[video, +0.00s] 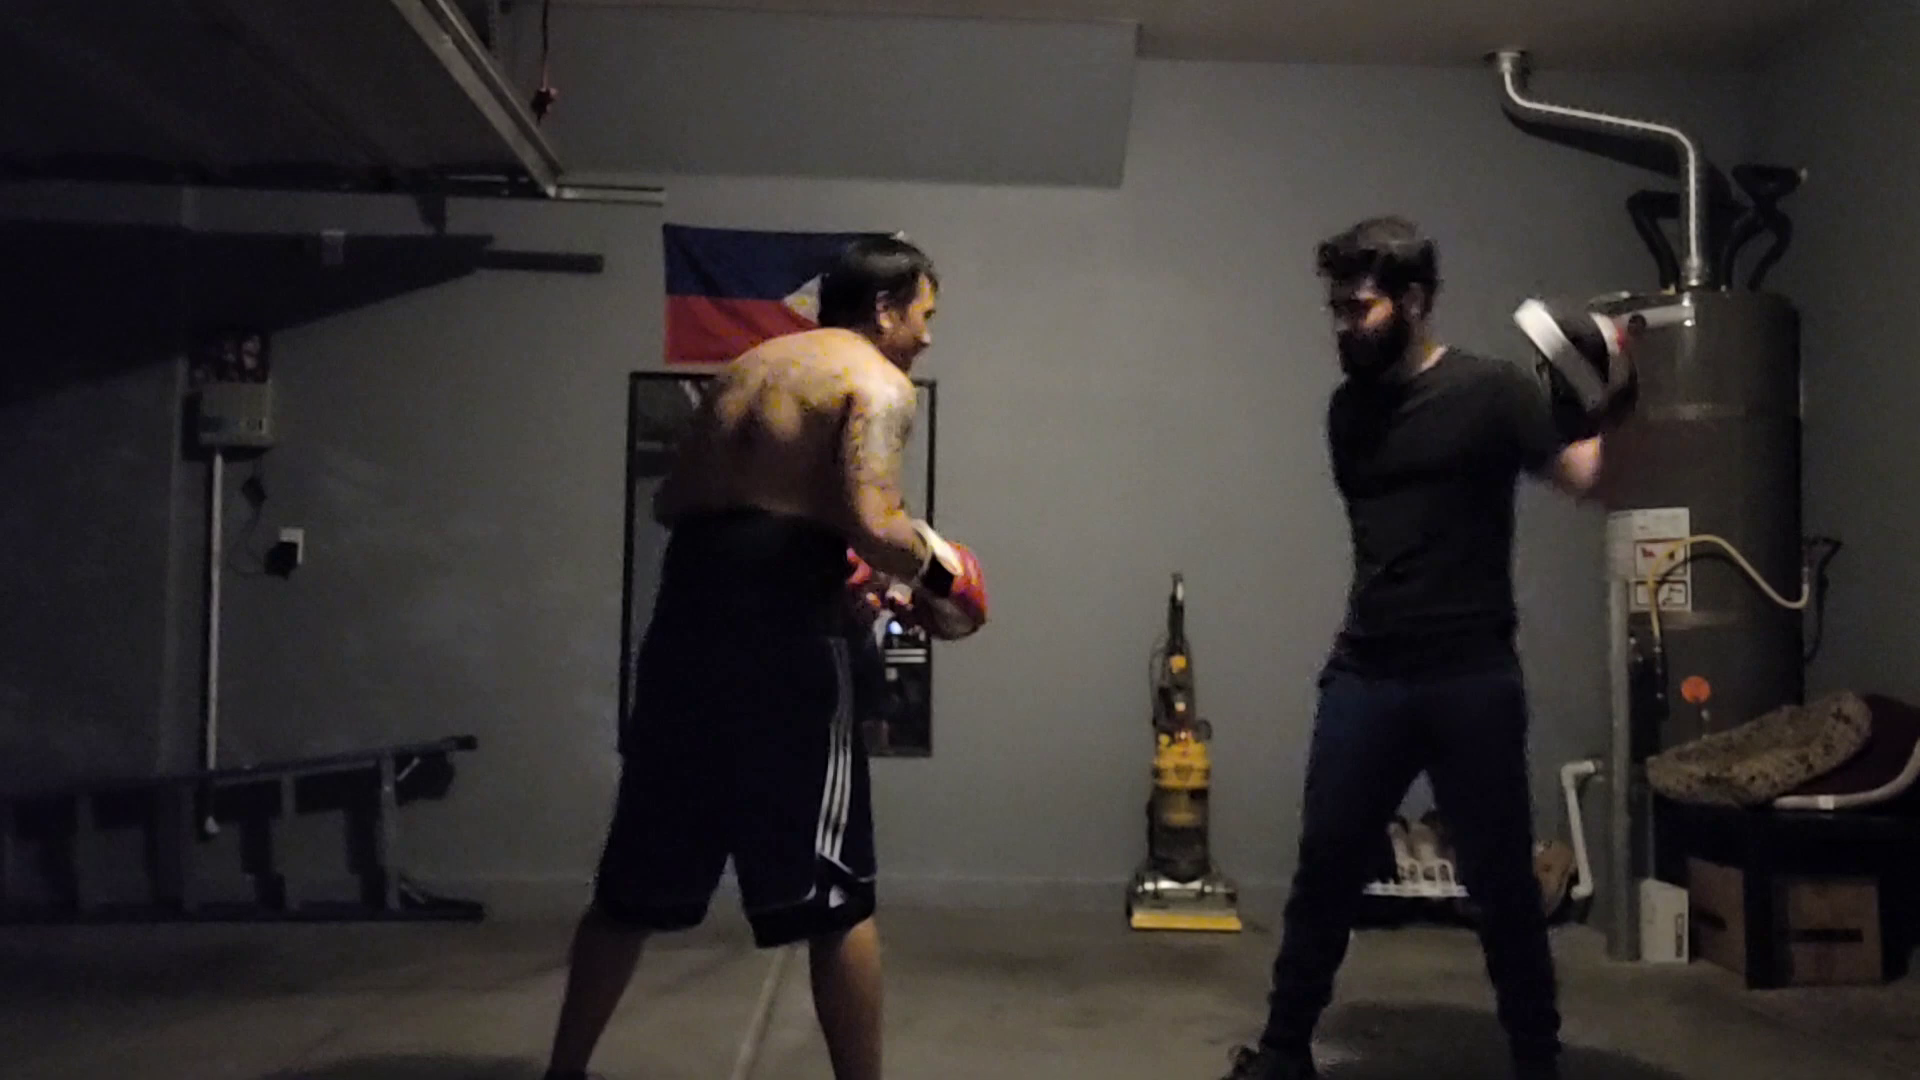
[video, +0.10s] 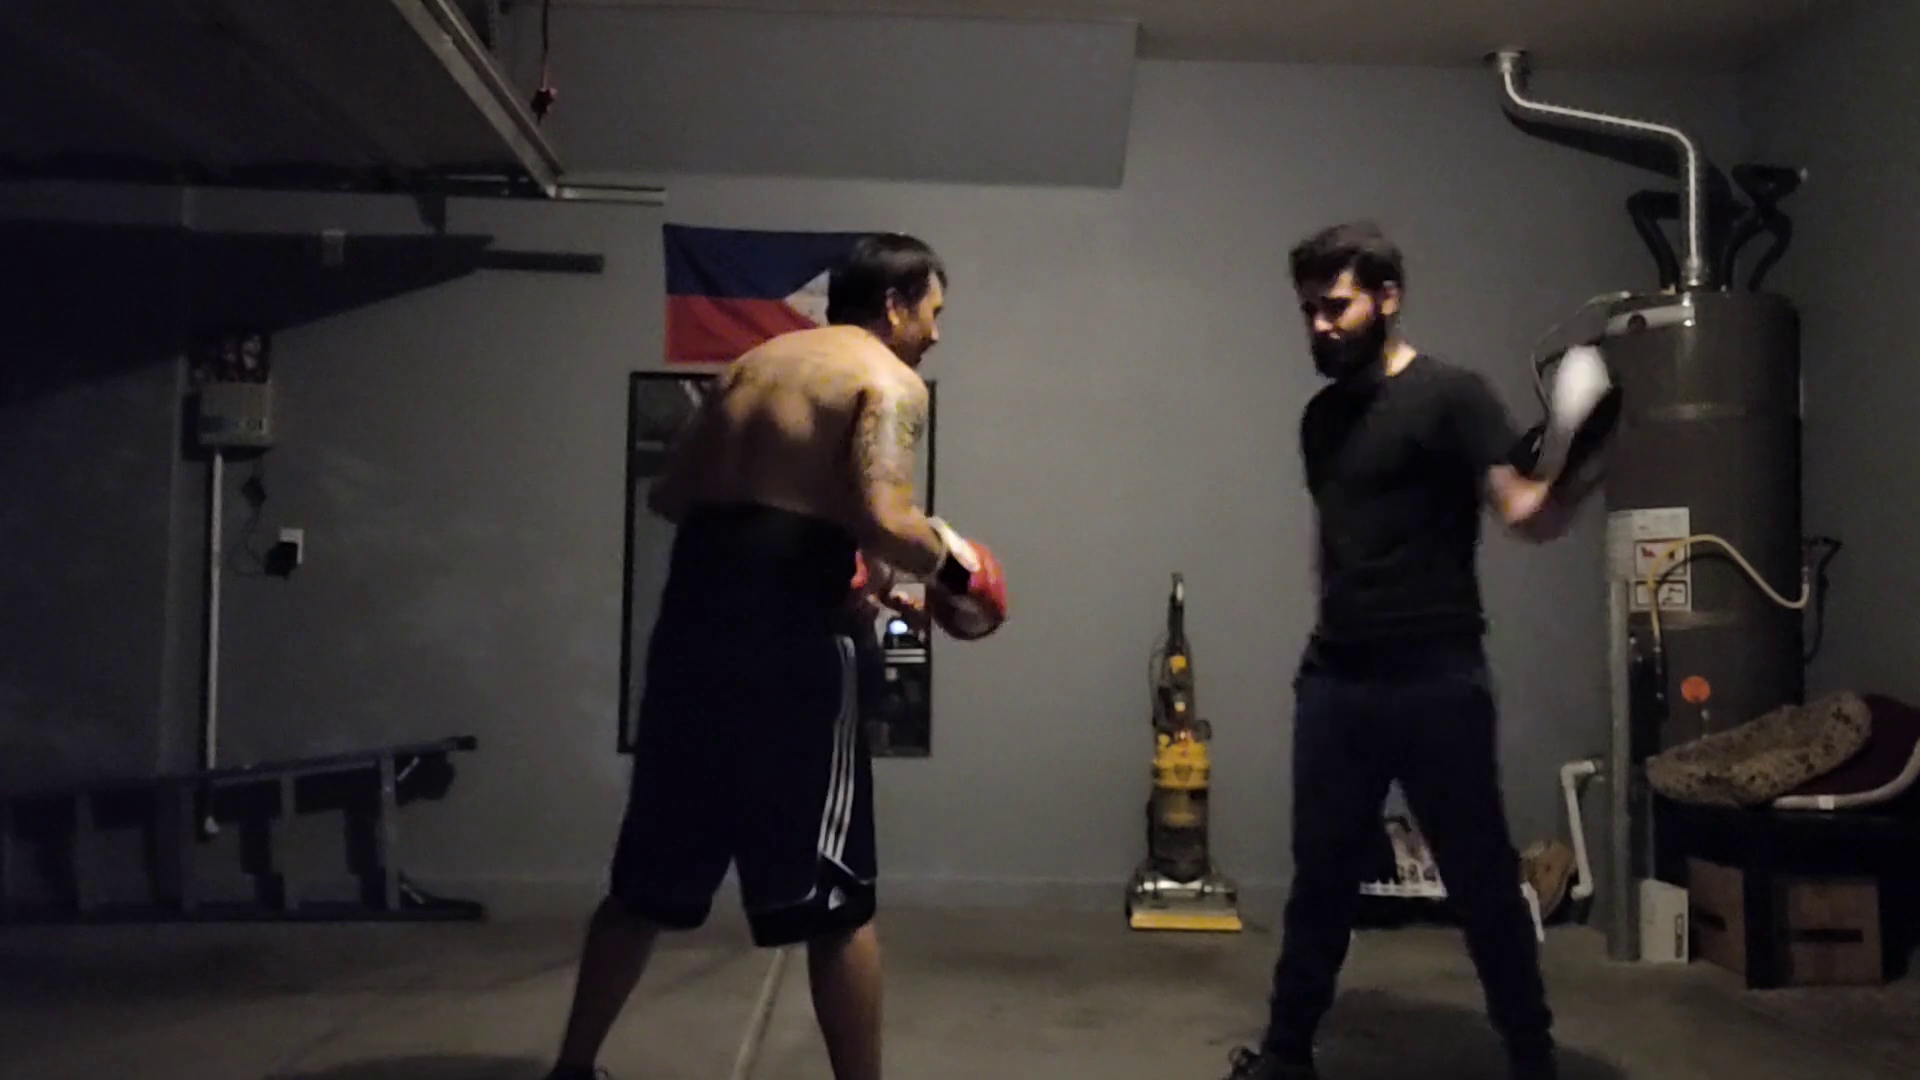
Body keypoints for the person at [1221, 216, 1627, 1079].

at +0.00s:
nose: (1343, 322)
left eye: (1360, 305)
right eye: (1337, 305)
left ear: (1415, 302)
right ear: (1335, 305)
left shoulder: (1492, 389)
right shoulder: (1349, 409)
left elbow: (1593, 479)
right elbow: (1379, 538)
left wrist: (1617, 398)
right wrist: (1363, 640)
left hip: (1469, 677)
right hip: (1367, 677)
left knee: (1500, 882)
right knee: (1325, 868)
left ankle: (1535, 1054)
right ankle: (1284, 1046)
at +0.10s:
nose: (1322, 325)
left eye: (1338, 306)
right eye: (1312, 310)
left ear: (1388, 301)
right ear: (1305, 313)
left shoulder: (1453, 394)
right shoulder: (1322, 416)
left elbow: (1528, 517)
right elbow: (1329, 539)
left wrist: (1581, 452)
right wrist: (1325, 639)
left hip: (1437, 676)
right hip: (1340, 679)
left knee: (1481, 880)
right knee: (1321, 874)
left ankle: (1529, 1050)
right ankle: (1287, 1047)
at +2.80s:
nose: (1310, 328)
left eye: (1326, 315)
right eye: (1304, 316)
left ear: (1367, 323)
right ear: (1299, 329)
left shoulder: (1419, 402)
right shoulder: (1270, 407)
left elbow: (1401, 425)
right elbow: (1154, 378)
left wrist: (1386, 322)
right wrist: (1126, 289)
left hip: (1401, 680)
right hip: (1296, 678)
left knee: (1451, 865)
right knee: (1241, 852)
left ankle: (1481, 1035)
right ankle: (1189, 1028)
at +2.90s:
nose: (1296, 316)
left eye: (1315, 302)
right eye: (1286, 297)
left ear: (1346, 316)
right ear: (1262, 312)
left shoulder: (1382, 396)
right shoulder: (1241, 405)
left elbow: (1329, 429)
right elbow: (1125, 393)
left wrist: (1305, 334)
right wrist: (1134, 299)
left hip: (1375, 673)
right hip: (1270, 673)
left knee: (1421, 854)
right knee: (1227, 853)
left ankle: (1469, 1025)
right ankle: (1188, 1032)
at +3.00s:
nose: (1257, 328)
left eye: (1273, 312)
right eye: (1250, 316)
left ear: (1322, 317)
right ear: (1243, 329)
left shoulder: (1357, 395)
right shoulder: (1238, 407)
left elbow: (1272, 406)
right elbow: (1137, 409)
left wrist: (1197, 309)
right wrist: (1118, 343)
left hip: (1355, 671)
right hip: (1258, 673)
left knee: (1394, 840)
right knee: (1216, 845)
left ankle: (1429, 1004)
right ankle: (1188, 1029)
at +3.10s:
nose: (1262, 321)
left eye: (1278, 307)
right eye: (1257, 309)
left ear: (1328, 323)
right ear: (1259, 329)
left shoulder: (1364, 397)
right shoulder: (1241, 415)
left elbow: (1294, 370)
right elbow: (1126, 419)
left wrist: (1241, 271)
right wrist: (1159, 324)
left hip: (1349, 671)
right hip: (1250, 672)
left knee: (1380, 846)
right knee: (1210, 844)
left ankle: (1409, 1001)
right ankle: (1185, 1027)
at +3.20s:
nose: (1285, 331)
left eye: (1300, 314)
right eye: (1276, 319)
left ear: (1341, 324)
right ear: (1265, 332)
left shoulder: (1386, 408)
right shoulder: (1253, 420)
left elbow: (1339, 392)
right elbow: (1135, 420)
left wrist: (1314, 294)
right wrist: (1163, 337)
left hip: (1359, 675)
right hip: (1258, 675)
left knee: (1375, 853)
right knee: (1216, 846)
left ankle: (1398, 1008)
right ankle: (1185, 1027)